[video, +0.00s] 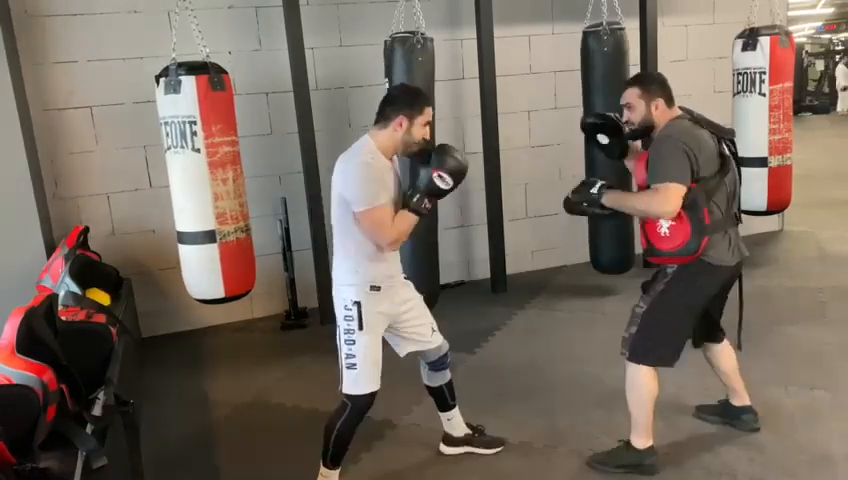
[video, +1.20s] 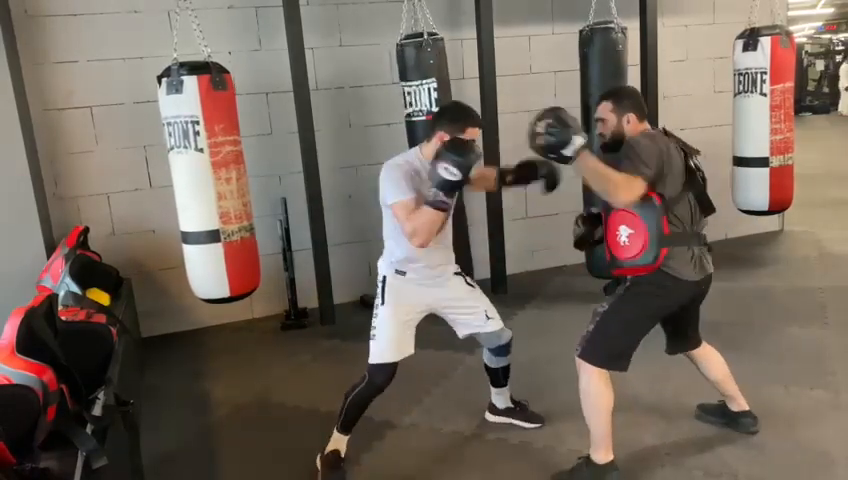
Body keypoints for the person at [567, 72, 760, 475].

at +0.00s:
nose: (625, 116)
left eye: (630, 108)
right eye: (623, 109)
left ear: (658, 104)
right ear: (663, 106)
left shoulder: (670, 141)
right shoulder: (691, 129)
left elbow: (665, 204)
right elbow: (661, 184)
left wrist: (604, 197)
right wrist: (626, 149)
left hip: (694, 263)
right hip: (723, 255)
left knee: (640, 348)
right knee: (705, 327)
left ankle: (639, 447)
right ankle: (741, 405)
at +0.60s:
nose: (604, 120)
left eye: (610, 112)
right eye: (602, 112)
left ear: (638, 111)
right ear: (638, 113)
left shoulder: (660, 147)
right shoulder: (640, 145)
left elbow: (675, 209)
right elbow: (609, 188)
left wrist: (608, 197)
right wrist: (592, 151)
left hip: (663, 273)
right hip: (667, 268)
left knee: (613, 363)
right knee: (687, 344)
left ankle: (604, 461)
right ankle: (738, 408)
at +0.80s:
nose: (581, 140)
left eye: (585, 132)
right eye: (580, 132)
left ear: (611, 131)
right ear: (602, 132)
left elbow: (693, 216)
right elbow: (566, 198)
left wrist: (647, 177)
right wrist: (547, 200)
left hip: (657, 279)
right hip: (625, 277)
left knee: (601, 365)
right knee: (654, 350)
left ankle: (605, 465)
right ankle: (723, 394)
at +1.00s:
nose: (581, 139)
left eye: (586, 131)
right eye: (579, 131)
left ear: (612, 128)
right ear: (607, 129)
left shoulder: (662, 156)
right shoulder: (605, 164)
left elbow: (682, 211)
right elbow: (581, 226)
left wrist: (626, 174)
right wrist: (572, 201)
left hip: (656, 283)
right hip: (633, 280)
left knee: (593, 368)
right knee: (663, 354)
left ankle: (605, 464)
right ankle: (728, 409)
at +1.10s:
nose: (589, 133)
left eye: (593, 124)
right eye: (587, 126)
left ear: (620, 122)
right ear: (620, 125)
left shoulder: (653, 149)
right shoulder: (626, 157)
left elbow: (689, 199)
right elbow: (631, 207)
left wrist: (629, 169)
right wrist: (590, 205)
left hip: (651, 281)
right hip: (678, 274)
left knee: (592, 366)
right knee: (682, 345)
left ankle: (605, 462)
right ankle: (737, 409)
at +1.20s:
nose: (599, 130)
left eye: (604, 122)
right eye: (597, 123)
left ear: (631, 119)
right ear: (640, 121)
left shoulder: (643, 145)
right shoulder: (668, 143)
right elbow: (672, 208)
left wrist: (576, 151)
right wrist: (608, 223)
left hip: (662, 275)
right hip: (694, 271)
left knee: (591, 358)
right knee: (690, 342)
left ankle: (601, 460)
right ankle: (740, 409)